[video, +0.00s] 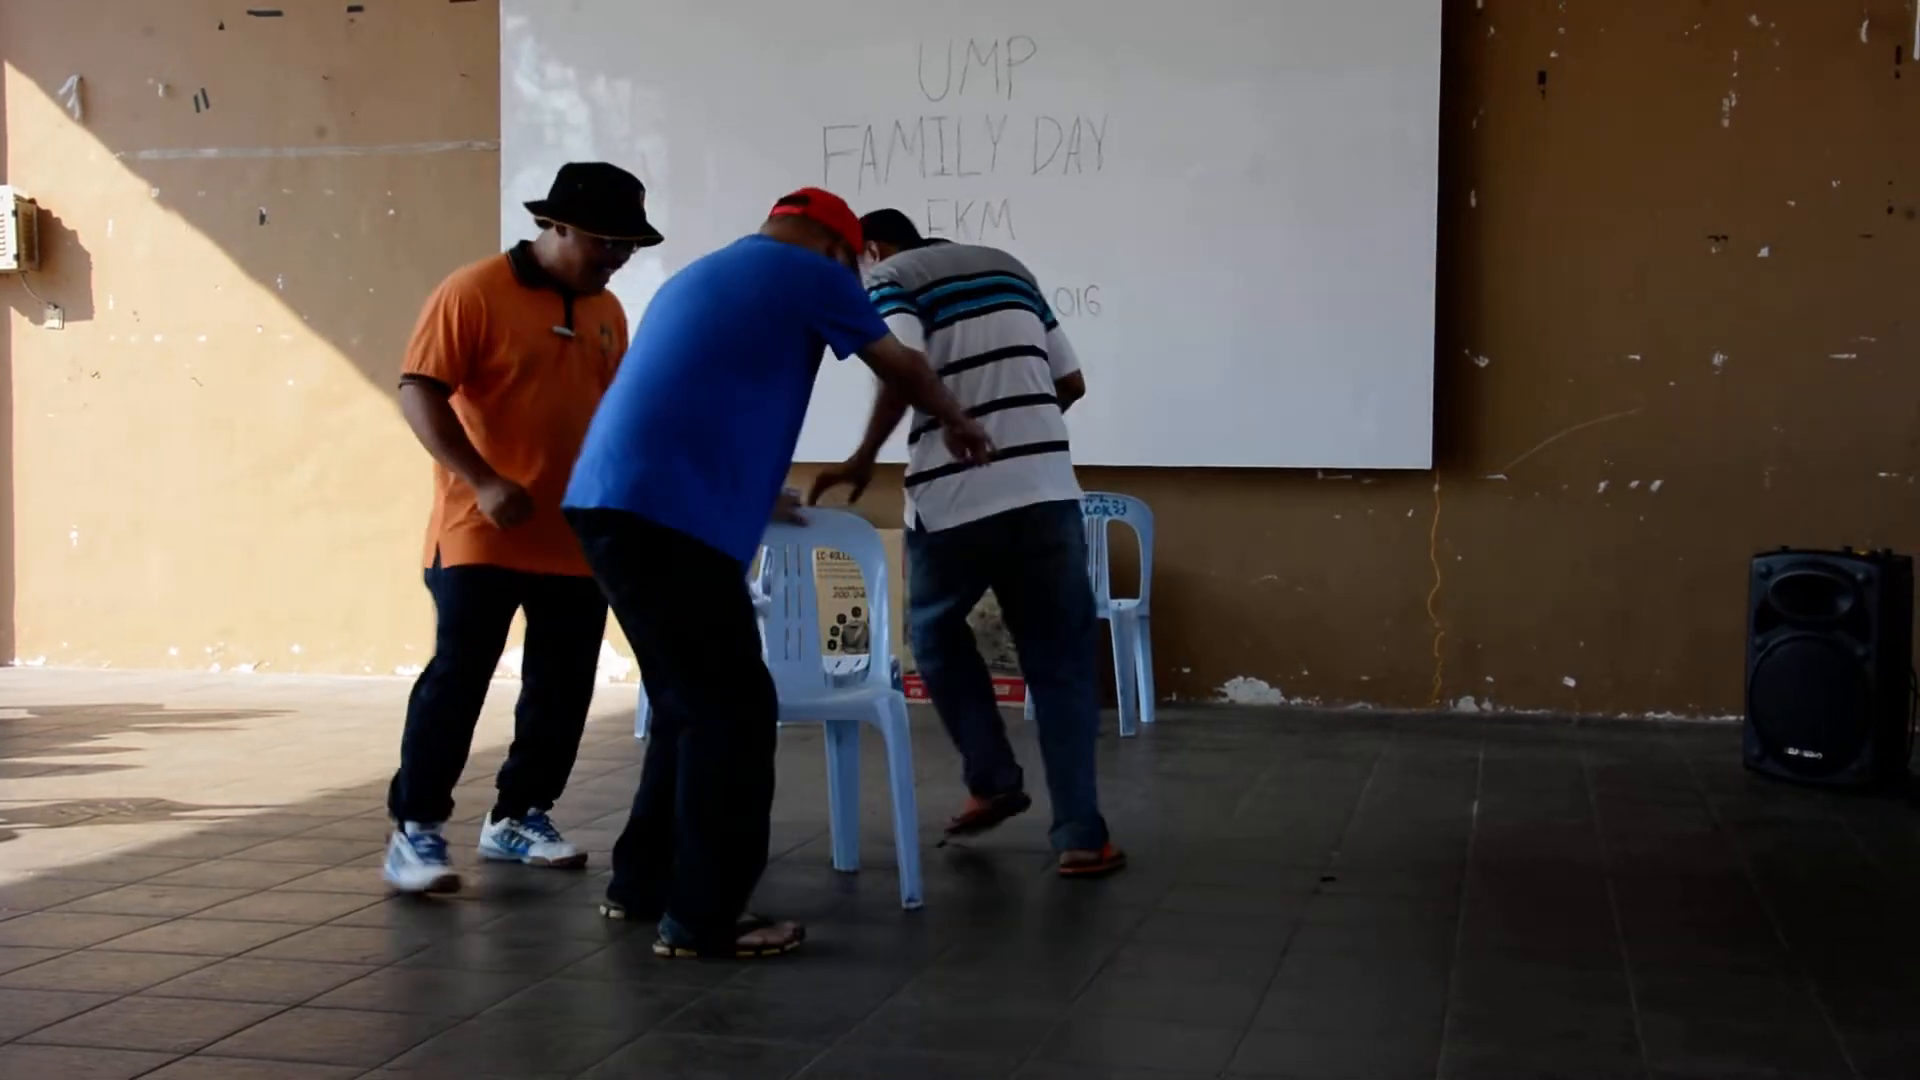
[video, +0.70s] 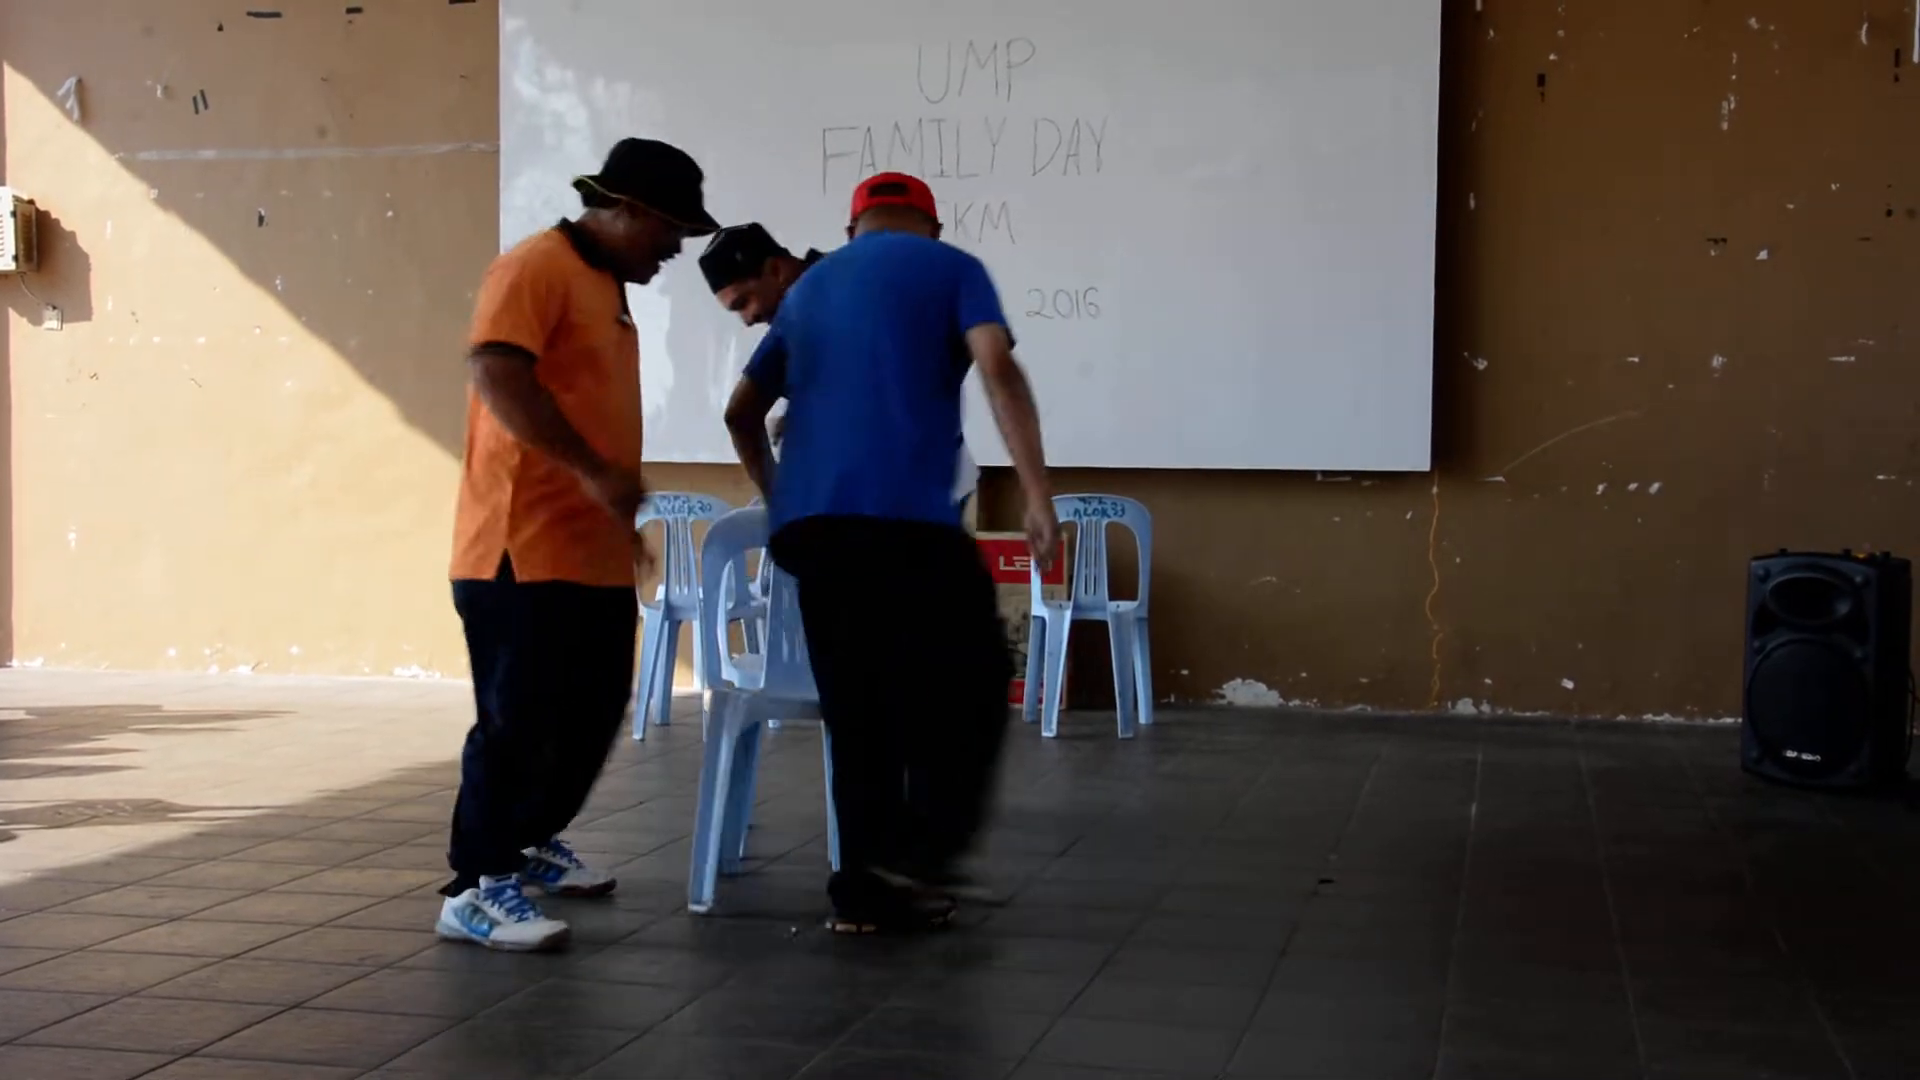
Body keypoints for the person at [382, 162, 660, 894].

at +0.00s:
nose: (617, 260)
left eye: (624, 248)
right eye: (607, 245)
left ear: (622, 244)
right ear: (558, 229)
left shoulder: (607, 314)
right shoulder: (472, 293)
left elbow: (622, 414)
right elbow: (417, 392)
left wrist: (622, 492)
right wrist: (480, 480)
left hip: (574, 534)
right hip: (481, 528)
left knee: (562, 686)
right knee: (458, 675)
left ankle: (519, 817)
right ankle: (416, 829)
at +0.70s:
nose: (671, 255)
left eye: (678, 240)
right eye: (669, 236)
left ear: (630, 217)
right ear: (628, 211)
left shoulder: (603, 291)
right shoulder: (539, 265)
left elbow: (587, 415)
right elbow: (498, 375)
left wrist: (620, 516)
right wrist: (597, 469)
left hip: (589, 553)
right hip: (526, 552)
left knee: (590, 710)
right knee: (520, 720)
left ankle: (525, 845)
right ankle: (474, 886)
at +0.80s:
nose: (688, 252)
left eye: (695, 238)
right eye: (685, 234)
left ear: (651, 219)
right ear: (645, 212)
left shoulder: (616, 285)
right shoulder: (565, 268)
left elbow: (591, 410)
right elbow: (563, 387)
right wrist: (665, 470)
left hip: (610, 550)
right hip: (537, 551)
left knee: (643, 699)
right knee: (534, 717)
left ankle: (548, 834)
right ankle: (477, 886)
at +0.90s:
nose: (720, 237)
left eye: (726, 222)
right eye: (717, 218)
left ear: (676, 205)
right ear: (678, 201)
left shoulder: (640, 271)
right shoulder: (604, 253)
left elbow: (643, 420)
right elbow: (636, 387)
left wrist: (717, 383)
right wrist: (739, 462)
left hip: (636, 540)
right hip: (569, 537)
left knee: (677, 682)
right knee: (553, 708)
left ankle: (617, 862)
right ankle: (483, 881)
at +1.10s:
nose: (782, 258)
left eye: (790, 243)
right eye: (782, 239)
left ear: (724, 216)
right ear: (745, 219)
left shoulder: (669, 271)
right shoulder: (688, 274)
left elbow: (653, 392)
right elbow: (719, 396)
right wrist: (818, 486)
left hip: (668, 541)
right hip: (677, 546)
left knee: (694, 713)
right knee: (711, 717)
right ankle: (576, 837)